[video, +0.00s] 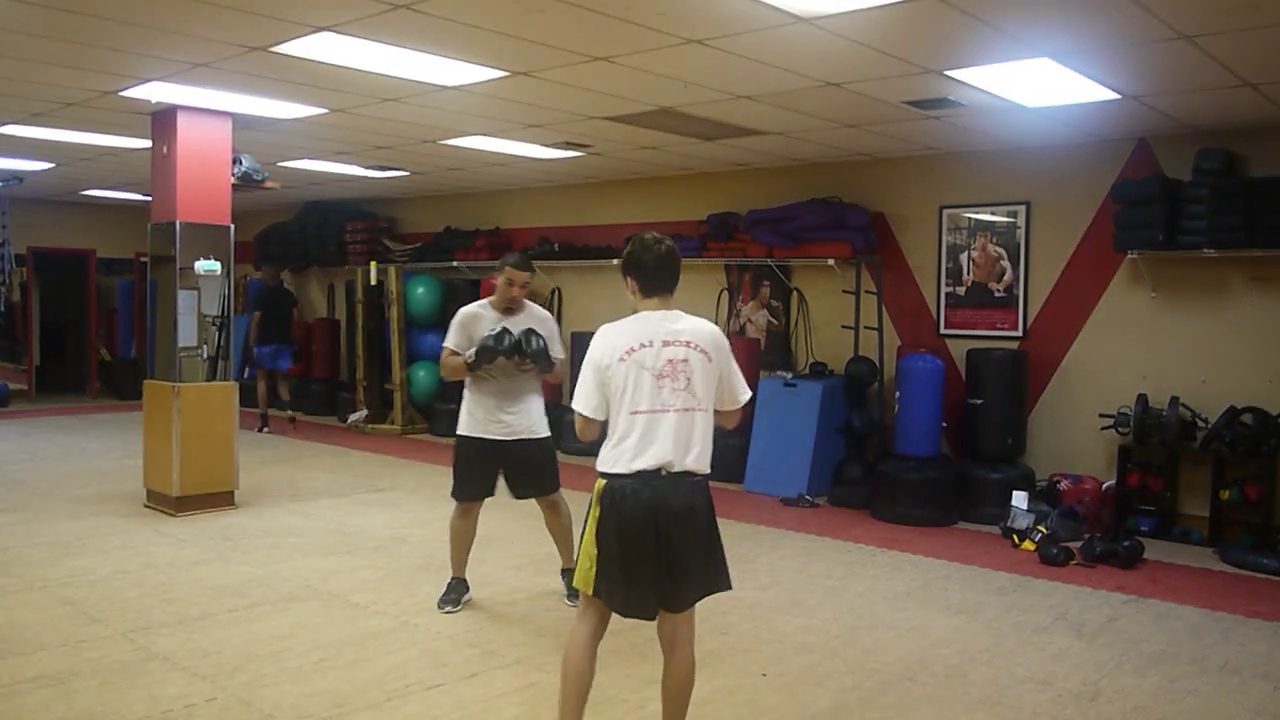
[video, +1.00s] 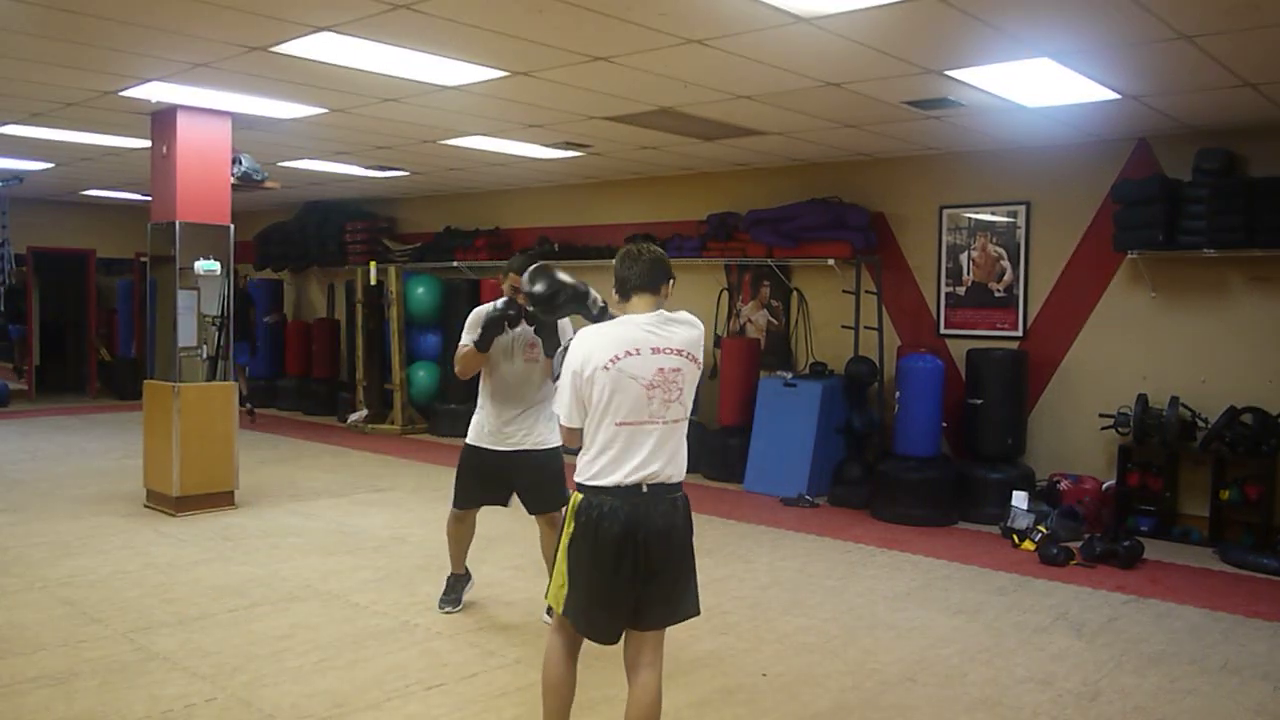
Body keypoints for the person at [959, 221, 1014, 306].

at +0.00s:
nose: (983, 241)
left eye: (985, 237)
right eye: (979, 237)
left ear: (990, 237)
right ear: (975, 237)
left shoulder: (998, 252)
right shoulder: (971, 253)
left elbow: (1009, 272)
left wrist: (1000, 286)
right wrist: (966, 279)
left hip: (992, 288)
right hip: (975, 287)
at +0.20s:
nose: (983, 241)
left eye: (985, 237)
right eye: (979, 237)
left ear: (990, 237)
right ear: (975, 237)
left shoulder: (998, 252)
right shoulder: (971, 253)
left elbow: (1009, 272)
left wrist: (1000, 286)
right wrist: (966, 279)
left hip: (992, 288)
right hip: (975, 287)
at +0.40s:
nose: (983, 241)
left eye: (985, 237)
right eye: (979, 237)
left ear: (990, 237)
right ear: (975, 237)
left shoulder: (998, 252)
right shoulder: (971, 253)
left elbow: (1009, 272)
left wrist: (1000, 286)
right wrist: (966, 279)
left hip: (992, 288)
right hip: (975, 287)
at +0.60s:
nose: (983, 241)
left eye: (985, 237)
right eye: (979, 237)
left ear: (990, 237)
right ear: (975, 238)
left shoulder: (998, 252)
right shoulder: (971, 253)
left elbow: (1009, 272)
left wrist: (1000, 286)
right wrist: (966, 279)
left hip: (992, 288)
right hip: (975, 287)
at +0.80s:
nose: (983, 241)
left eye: (985, 237)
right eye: (979, 237)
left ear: (990, 237)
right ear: (975, 237)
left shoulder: (998, 252)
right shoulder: (971, 253)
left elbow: (1009, 272)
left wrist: (1000, 286)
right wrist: (966, 279)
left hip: (992, 288)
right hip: (975, 287)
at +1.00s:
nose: (983, 241)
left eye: (985, 237)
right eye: (979, 237)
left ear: (990, 237)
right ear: (975, 237)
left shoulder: (998, 252)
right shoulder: (971, 253)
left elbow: (1009, 272)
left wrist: (1000, 286)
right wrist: (966, 279)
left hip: (992, 288)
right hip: (975, 287)